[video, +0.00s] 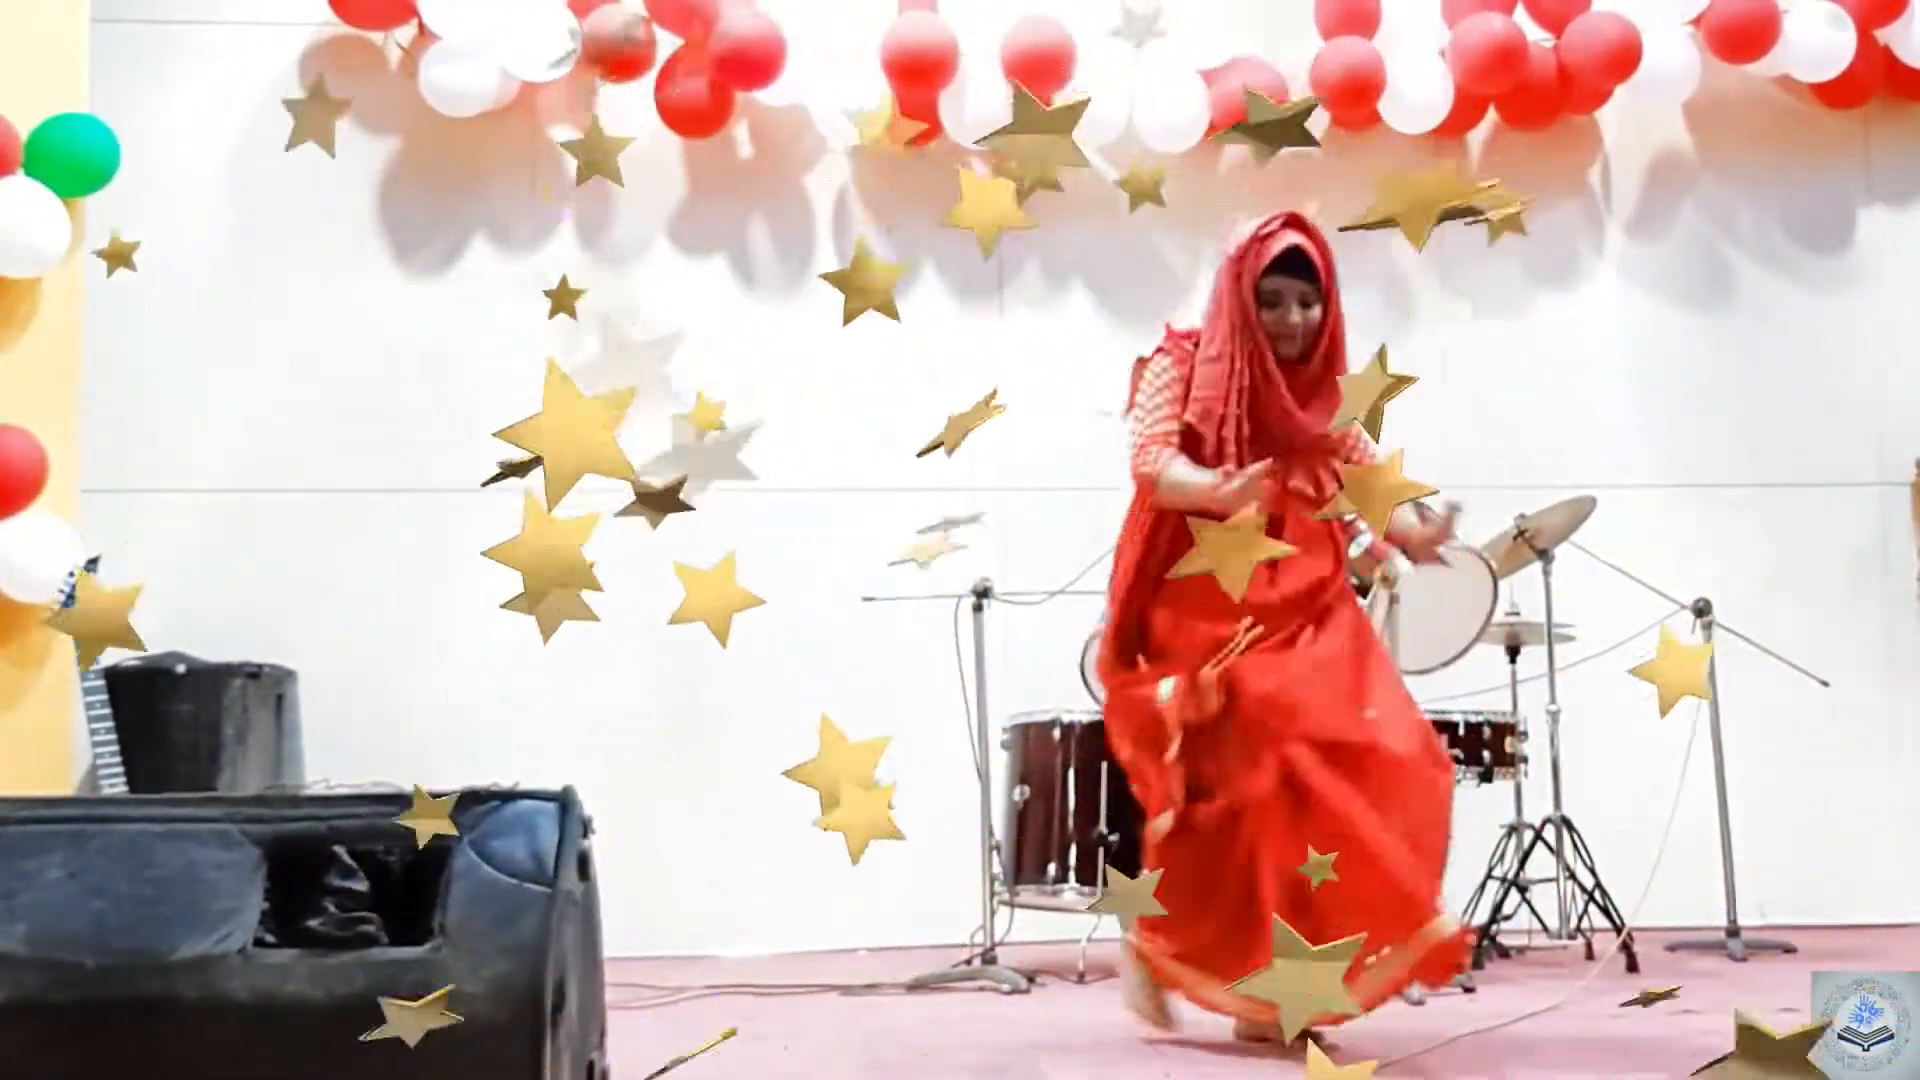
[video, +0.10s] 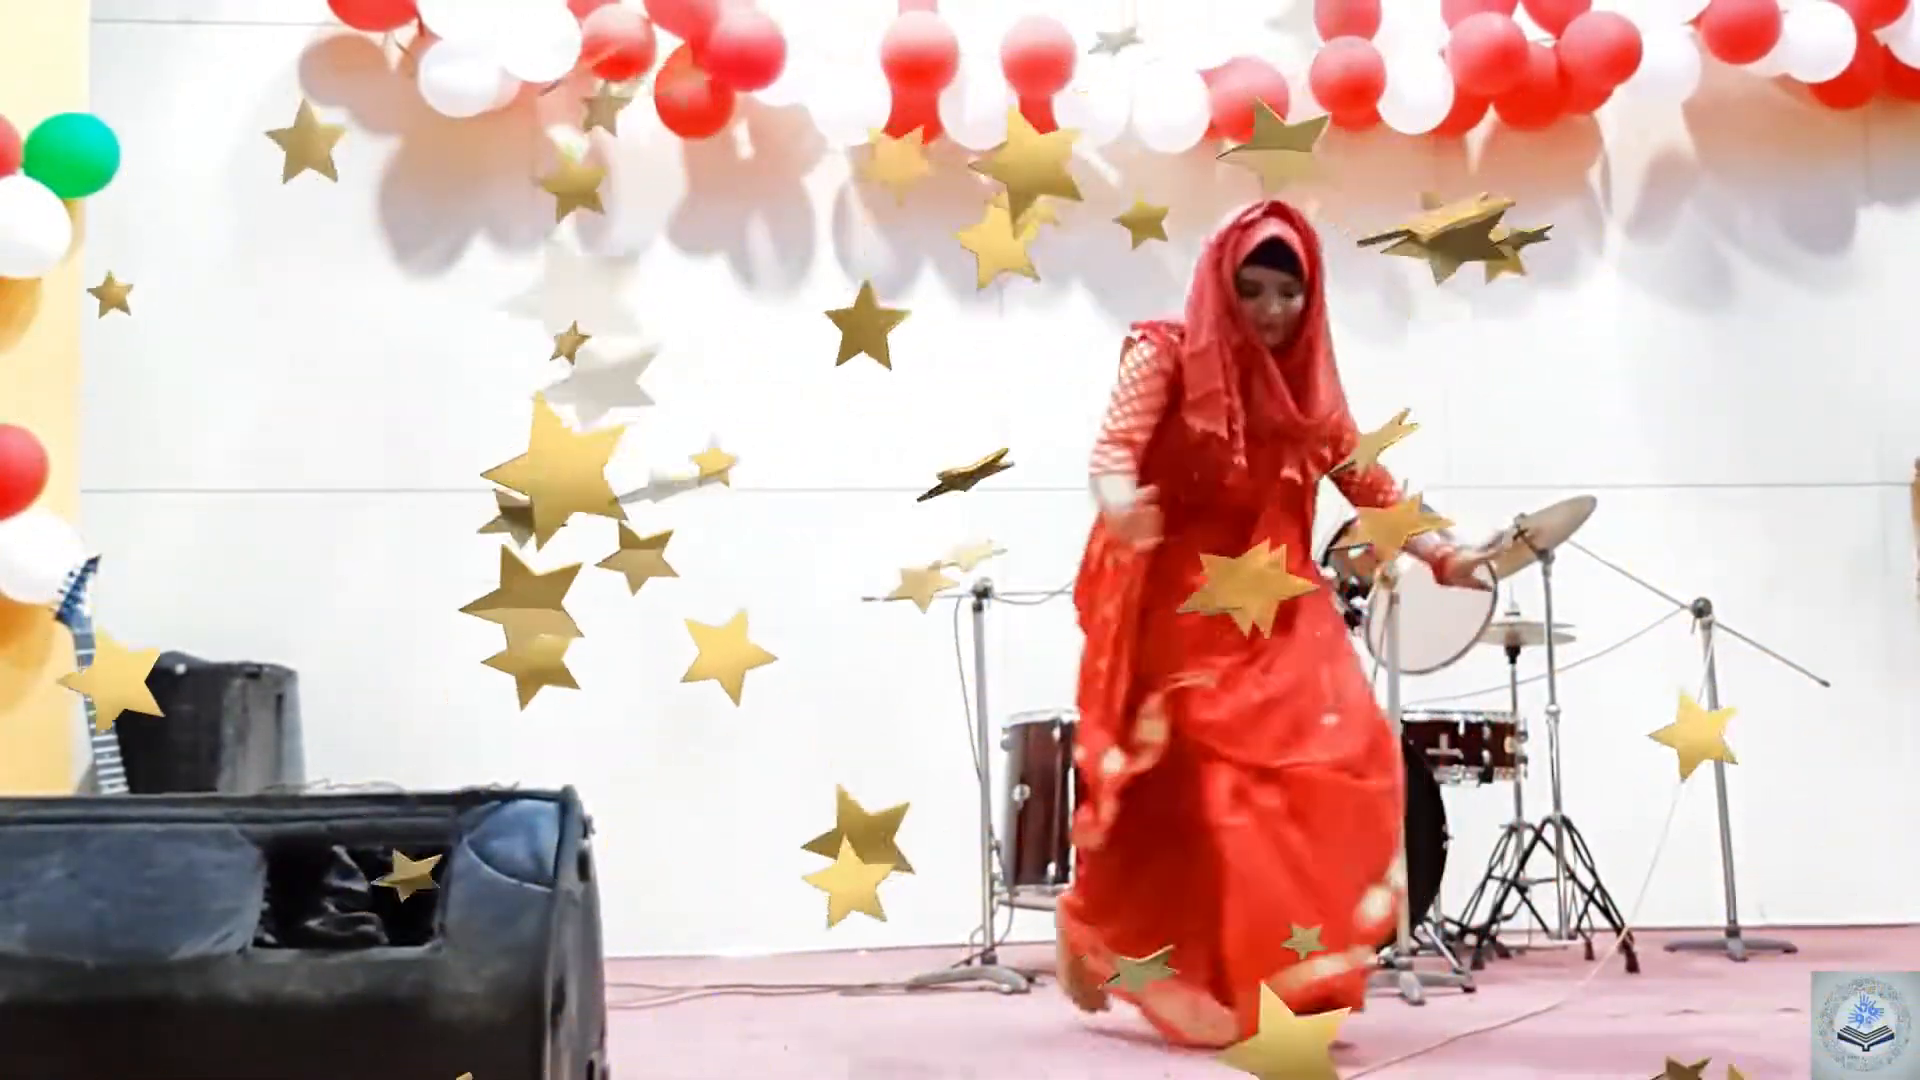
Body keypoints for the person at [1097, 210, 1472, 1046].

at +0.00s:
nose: (1292, 319)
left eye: (1305, 302)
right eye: (1273, 301)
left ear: (1324, 307)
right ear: (1240, 302)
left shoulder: (1329, 386)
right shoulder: (1184, 361)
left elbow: (1373, 489)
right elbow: (1153, 462)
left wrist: (1414, 529)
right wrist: (1216, 491)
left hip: (1310, 608)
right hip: (1205, 613)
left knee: (1373, 766)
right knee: (1256, 776)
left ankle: (1294, 996)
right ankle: (1153, 943)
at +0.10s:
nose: (1274, 309)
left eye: (1289, 291)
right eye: (1255, 290)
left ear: (1308, 298)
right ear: (1222, 290)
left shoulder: (1304, 380)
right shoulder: (1164, 352)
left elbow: (1367, 484)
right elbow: (1110, 453)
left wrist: (1439, 549)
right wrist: (1125, 507)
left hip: (1277, 598)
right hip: (1173, 598)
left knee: (1353, 752)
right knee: (1204, 775)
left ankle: (1308, 975)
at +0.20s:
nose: (1248, 316)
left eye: (1264, 298)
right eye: (1230, 298)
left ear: (1287, 304)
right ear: (1200, 298)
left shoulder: (1298, 388)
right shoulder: (1147, 362)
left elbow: (1373, 492)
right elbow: (1077, 449)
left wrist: (1462, 545)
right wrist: (1042, 502)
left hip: (1250, 608)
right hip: (1144, 610)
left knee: (1275, 781)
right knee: (1146, 793)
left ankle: (1267, 984)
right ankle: (1134, 991)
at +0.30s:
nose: (1223, 347)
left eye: (1238, 330)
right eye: (1206, 330)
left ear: (1260, 336)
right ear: (1178, 331)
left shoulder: (1270, 425)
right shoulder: (1124, 403)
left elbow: (1350, 516)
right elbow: (1050, 504)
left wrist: (1450, 526)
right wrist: (998, 546)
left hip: (1219, 656)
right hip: (1111, 662)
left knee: (1267, 792)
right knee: (1118, 833)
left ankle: (1266, 986)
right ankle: (1126, 1002)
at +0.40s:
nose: (1201, 356)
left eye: (1215, 339)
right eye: (1183, 339)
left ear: (1234, 348)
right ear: (1154, 343)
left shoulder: (1255, 449)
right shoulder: (1101, 434)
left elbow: (1333, 520)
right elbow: (1024, 535)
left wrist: (1428, 516)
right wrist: (966, 540)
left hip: (1191, 682)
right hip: (1086, 681)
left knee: (1242, 820)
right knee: (1087, 840)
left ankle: (1257, 998)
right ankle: (1094, 1002)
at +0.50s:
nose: (1194, 302)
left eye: (1208, 286)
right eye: (1175, 287)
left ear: (1228, 300)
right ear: (1146, 301)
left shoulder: (1251, 403)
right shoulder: (1100, 392)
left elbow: (1323, 467)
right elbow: (1008, 472)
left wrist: (1404, 494)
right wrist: (958, 466)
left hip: (1199, 635)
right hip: (1091, 632)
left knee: (1209, 792)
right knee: (1083, 798)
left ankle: (1233, 984)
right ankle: (1083, 991)